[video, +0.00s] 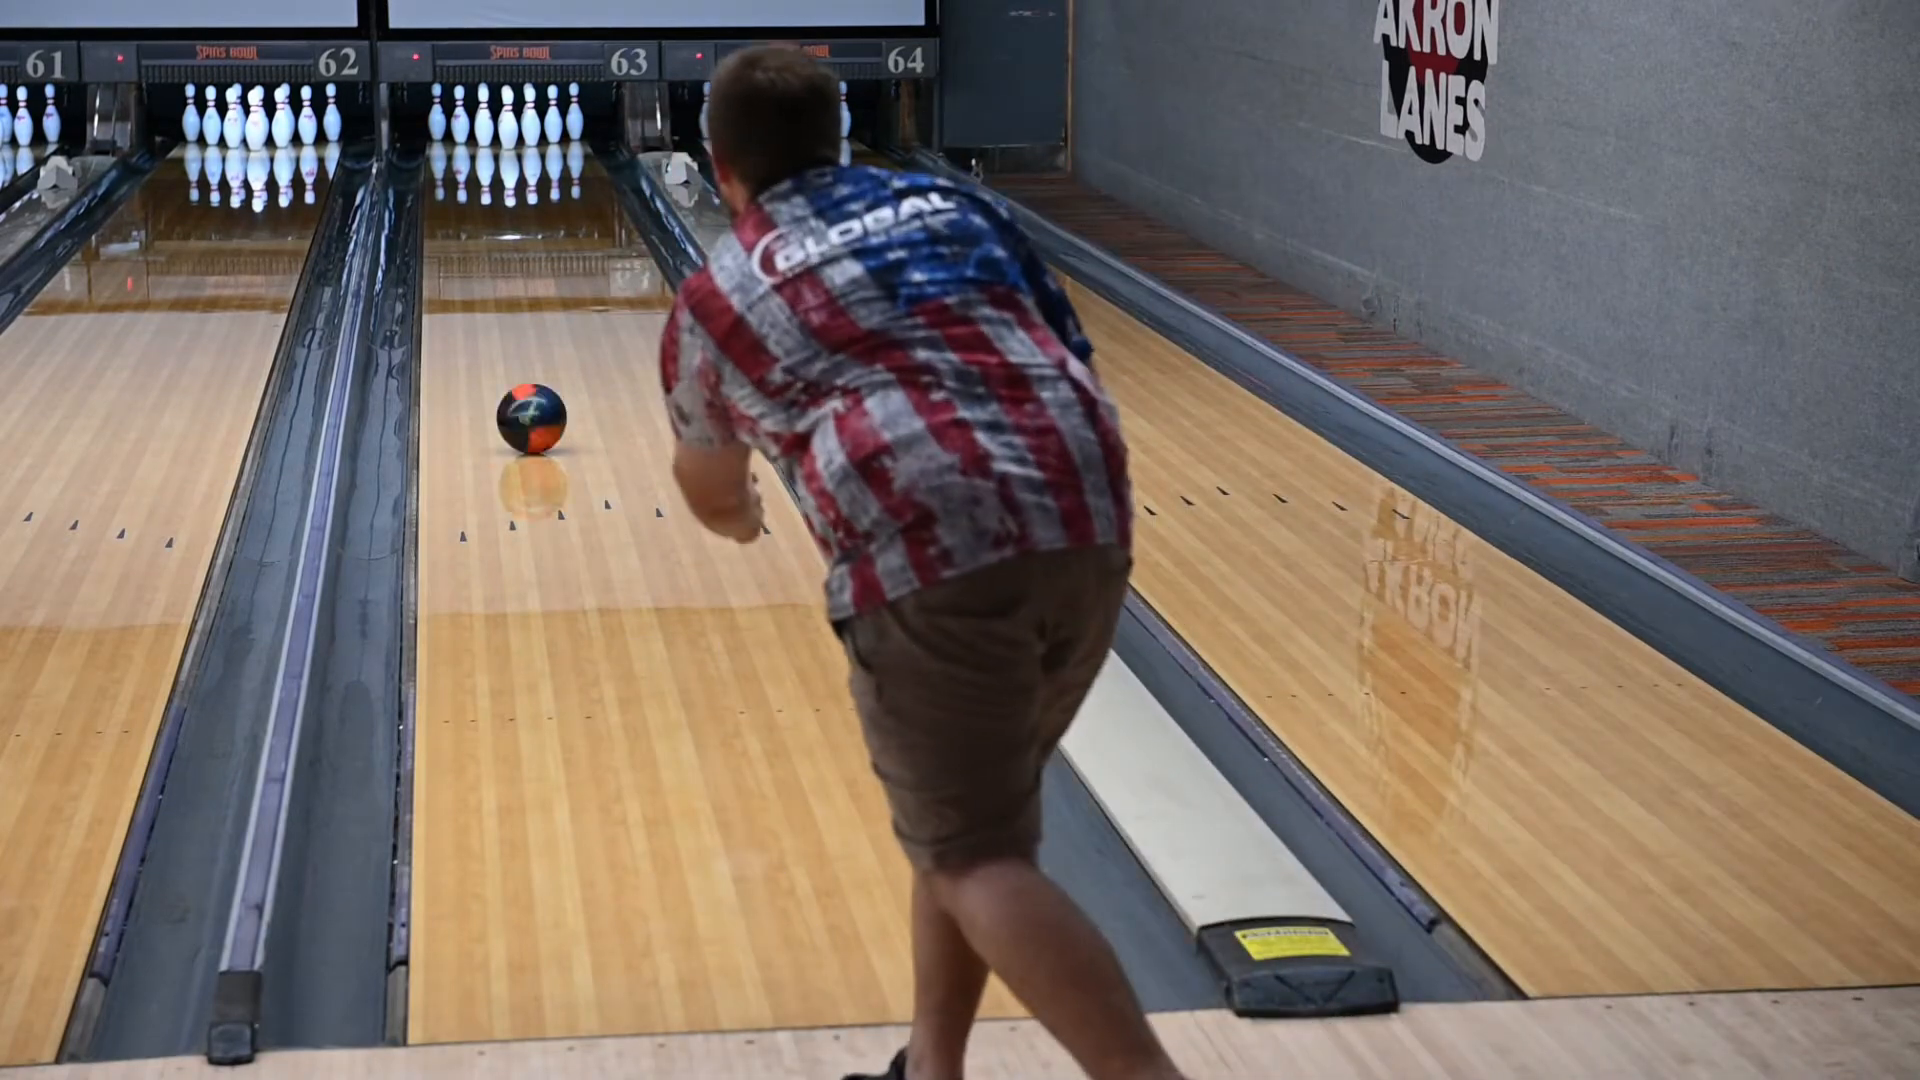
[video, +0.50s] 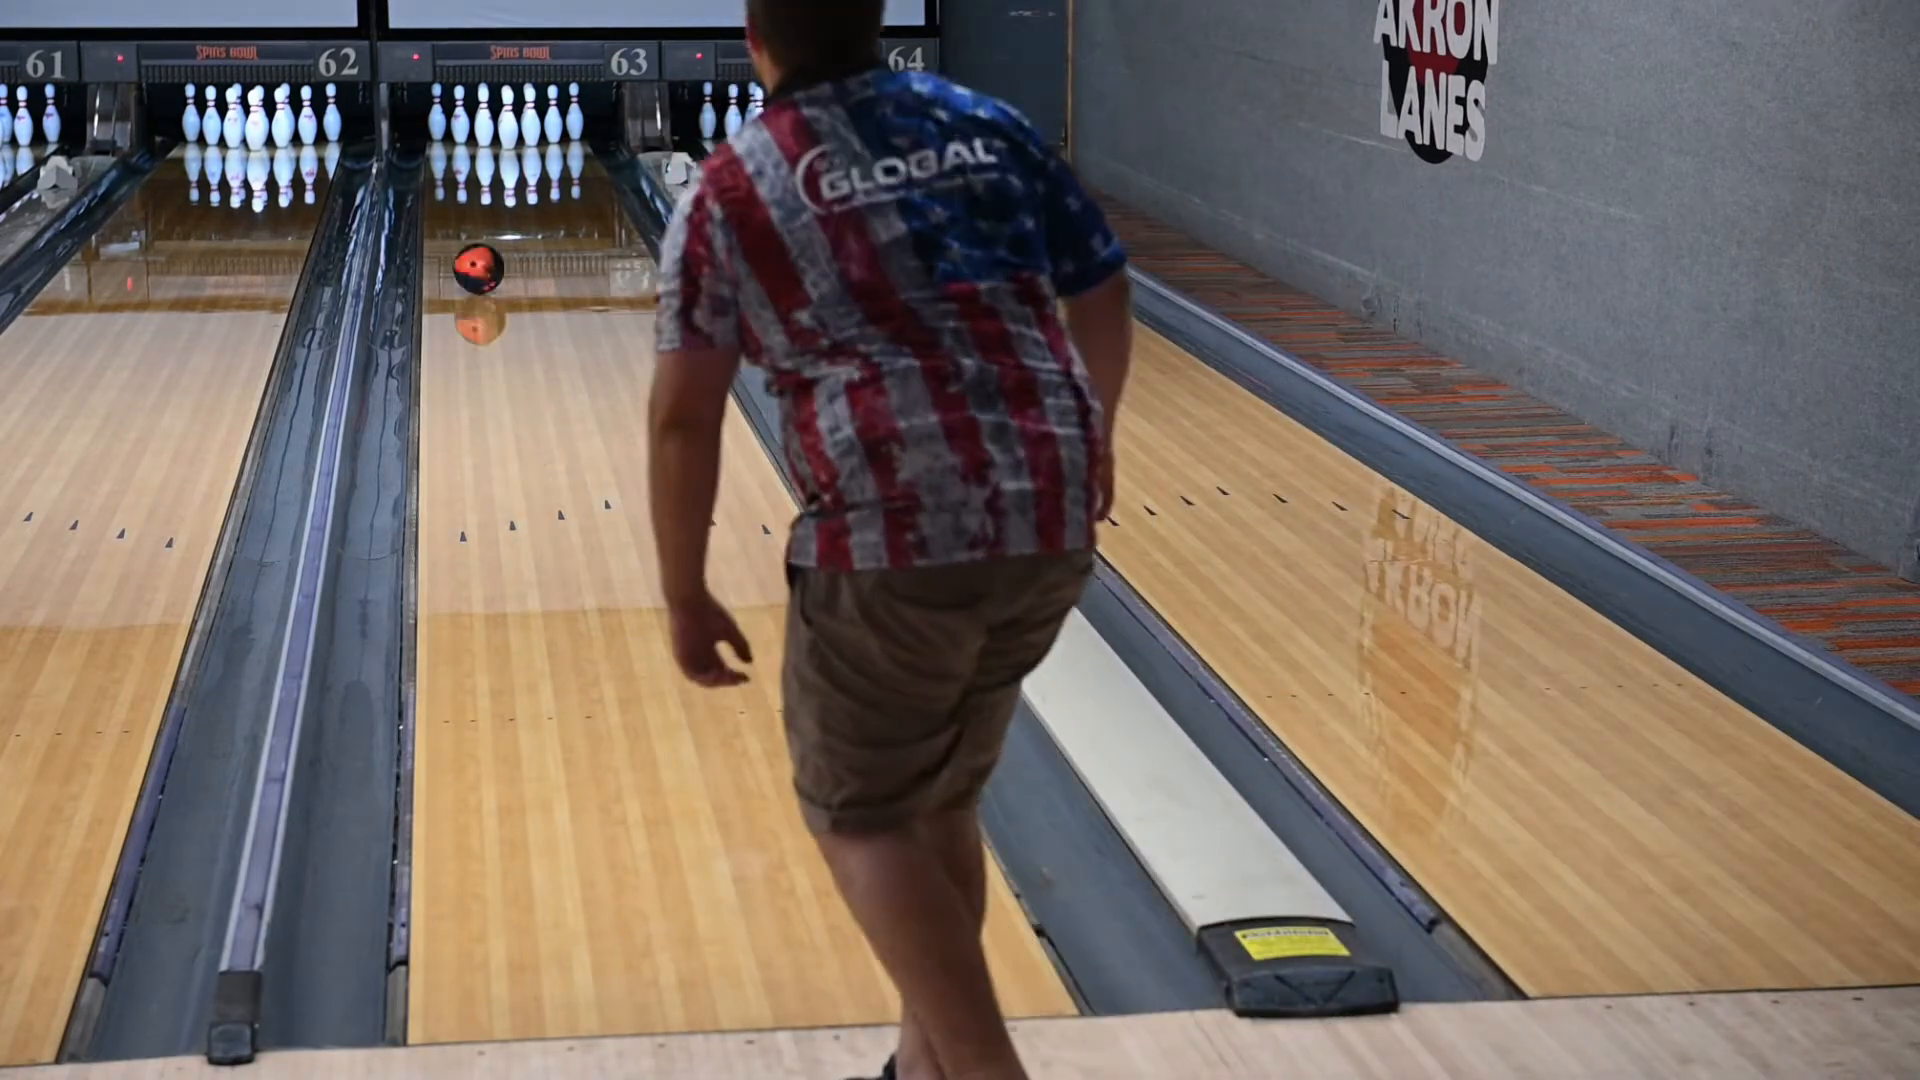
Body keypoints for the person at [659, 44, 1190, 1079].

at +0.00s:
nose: (714, 178)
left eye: (713, 163)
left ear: (724, 170)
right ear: (840, 140)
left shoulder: (717, 295)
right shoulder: (958, 202)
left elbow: (715, 487)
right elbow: (1067, 348)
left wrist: (733, 514)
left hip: (931, 554)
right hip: (1092, 525)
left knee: (975, 856)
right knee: (973, 825)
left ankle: (1145, 1072)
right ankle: (931, 1069)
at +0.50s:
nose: (757, 49)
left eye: (755, 37)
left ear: (759, 45)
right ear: (877, 29)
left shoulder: (733, 185)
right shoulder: (987, 126)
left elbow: (684, 415)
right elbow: (1102, 293)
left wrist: (684, 591)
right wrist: (1089, 443)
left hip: (893, 537)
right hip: (1052, 519)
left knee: (861, 810)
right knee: (948, 799)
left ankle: (988, 1072)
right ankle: (927, 1063)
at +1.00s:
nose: (801, 18)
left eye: (803, 9)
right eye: (809, 9)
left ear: (818, 11)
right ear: (934, 1)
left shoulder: (764, 148)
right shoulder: (1035, 117)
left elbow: (700, 380)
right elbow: (1121, 297)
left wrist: (778, 455)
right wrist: (1079, 424)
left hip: (847, 542)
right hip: (1022, 526)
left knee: (801, 795)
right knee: (950, 791)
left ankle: (868, 1066)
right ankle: (936, 1065)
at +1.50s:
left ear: (801, 1)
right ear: (930, 4)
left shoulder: (704, 129)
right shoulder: (1009, 130)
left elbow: (618, 344)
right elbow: (1100, 344)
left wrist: (724, 396)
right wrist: (1096, 480)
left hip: (770, 550)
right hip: (973, 552)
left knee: (817, 874)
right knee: (973, 833)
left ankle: (828, 1071)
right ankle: (981, 1070)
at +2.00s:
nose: (994, 38)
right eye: (995, 23)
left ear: (851, 20)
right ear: (980, 28)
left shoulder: (761, 152)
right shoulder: (984, 191)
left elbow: (764, 383)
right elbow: (1079, 437)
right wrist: (1112, 386)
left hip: (794, 616)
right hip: (950, 639)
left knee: (847, 934)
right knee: (987, 990)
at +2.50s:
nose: (1151, 20)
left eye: (1142, 0)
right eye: (1115, 4)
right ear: (1009, 29)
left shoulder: (1118, 159)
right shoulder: (941, 191)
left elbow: (1138, 379)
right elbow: (1038, 466)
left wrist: (1233, 398)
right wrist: (1229, 439)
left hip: (1152, 717)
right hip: (976, 740)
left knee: (1180, 1050)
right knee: (930, 1057)